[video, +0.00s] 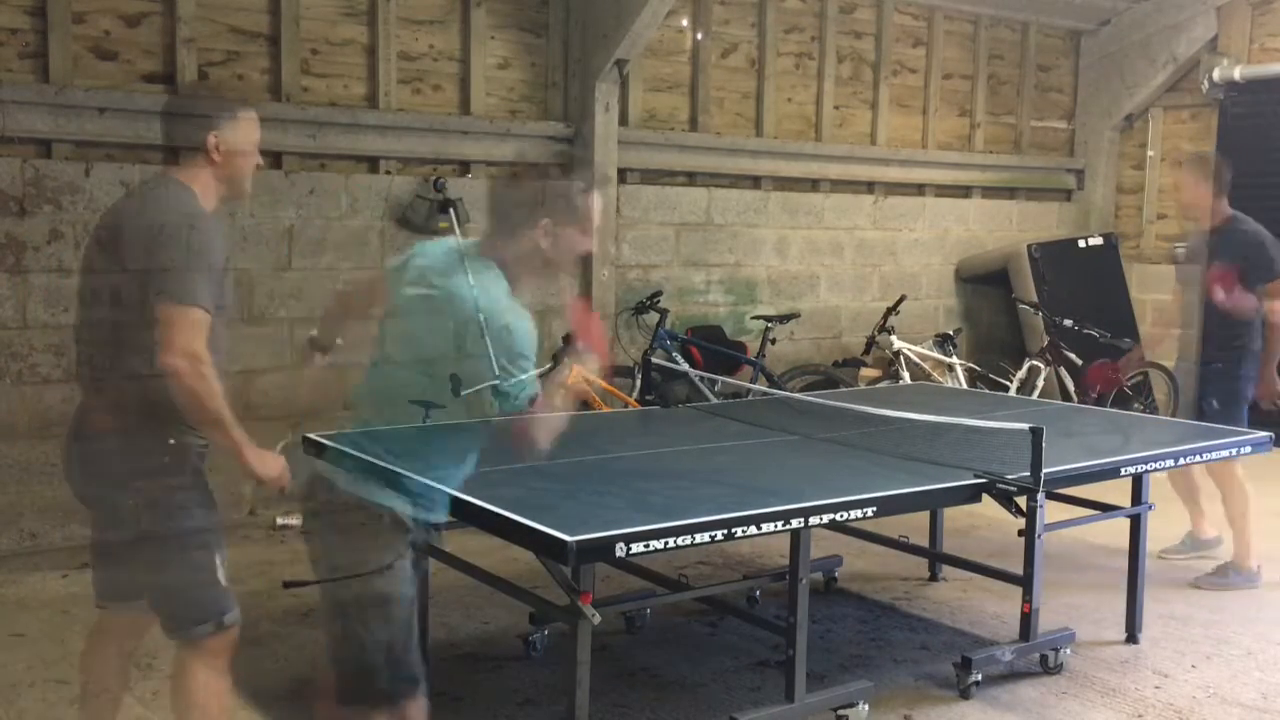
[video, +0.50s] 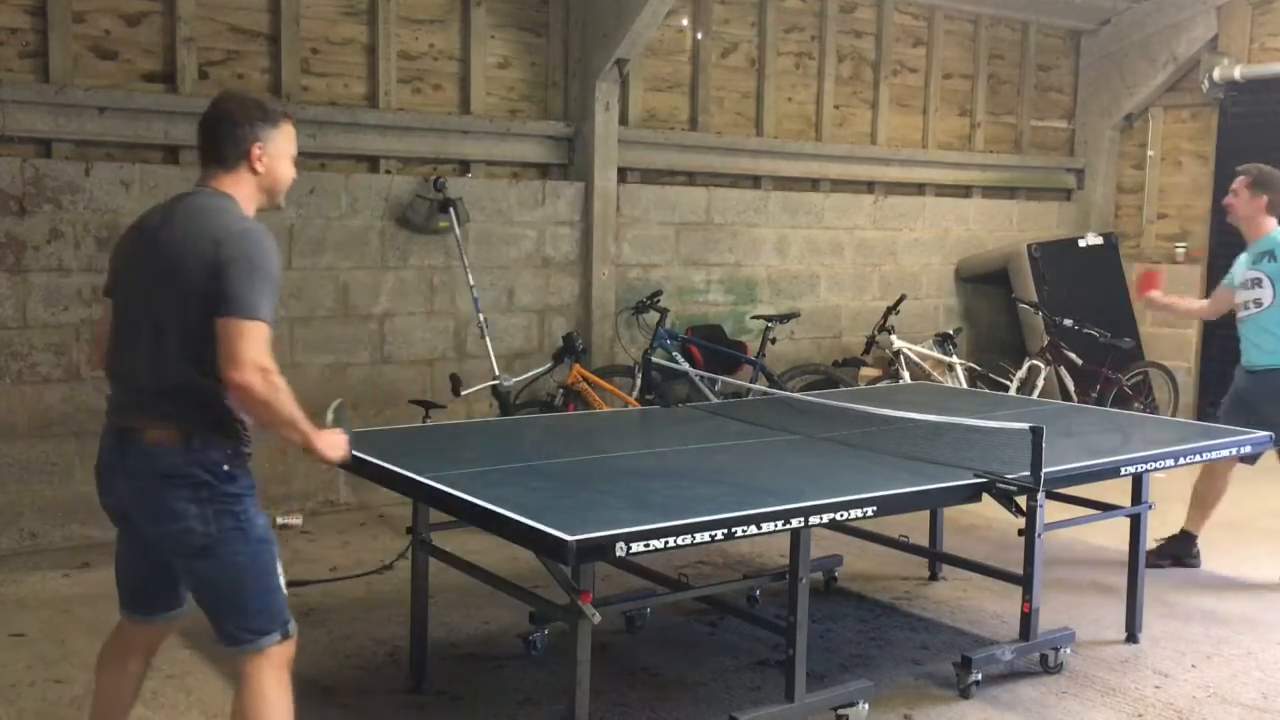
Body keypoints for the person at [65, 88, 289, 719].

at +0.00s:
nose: (259, 163)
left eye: (260, 150)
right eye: (253, 149)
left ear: (201, 147)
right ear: (215, 146)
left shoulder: (127, 214)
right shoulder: (187, 222)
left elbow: (102, 348)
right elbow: (182, 360)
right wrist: (250, 452)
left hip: (106, 445)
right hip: (153, 450)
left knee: (121, 619)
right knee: (211, 634)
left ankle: (98, 710)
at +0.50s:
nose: (295, 171)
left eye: (296, 156)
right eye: (290, 156)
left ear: (233, 156)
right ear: (256, 156)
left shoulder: (145, 229)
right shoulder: (245, 241)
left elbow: (108, 354)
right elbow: (245, 372)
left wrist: (196, 382)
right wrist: (314, 438)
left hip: (129, 458)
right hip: (197, 468)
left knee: (143, 622)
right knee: (268, 645)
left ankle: (102, 714)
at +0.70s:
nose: (341, 184)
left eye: (343, 170)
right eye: (339, 168)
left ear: (262, 165)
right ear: (308, 170)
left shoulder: (176, 232)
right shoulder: (302, 252)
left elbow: (123, 353)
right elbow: (326, 382)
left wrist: (162, 418)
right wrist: (381, 432)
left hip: (136, 459)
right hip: (216, 468)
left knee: (144, 622)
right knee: (287, 645)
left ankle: (105, 716)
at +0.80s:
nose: (347, 186)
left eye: (349, 170)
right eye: (345, 169)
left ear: (271, 165)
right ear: (314, 170)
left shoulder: (180, 232)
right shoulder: (312, 252)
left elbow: (125, 348)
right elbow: (345, 378)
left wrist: (158, 418)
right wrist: (400, 430)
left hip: (141, 458)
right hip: (224, 466)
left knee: (148, 627)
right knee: (289, 648)